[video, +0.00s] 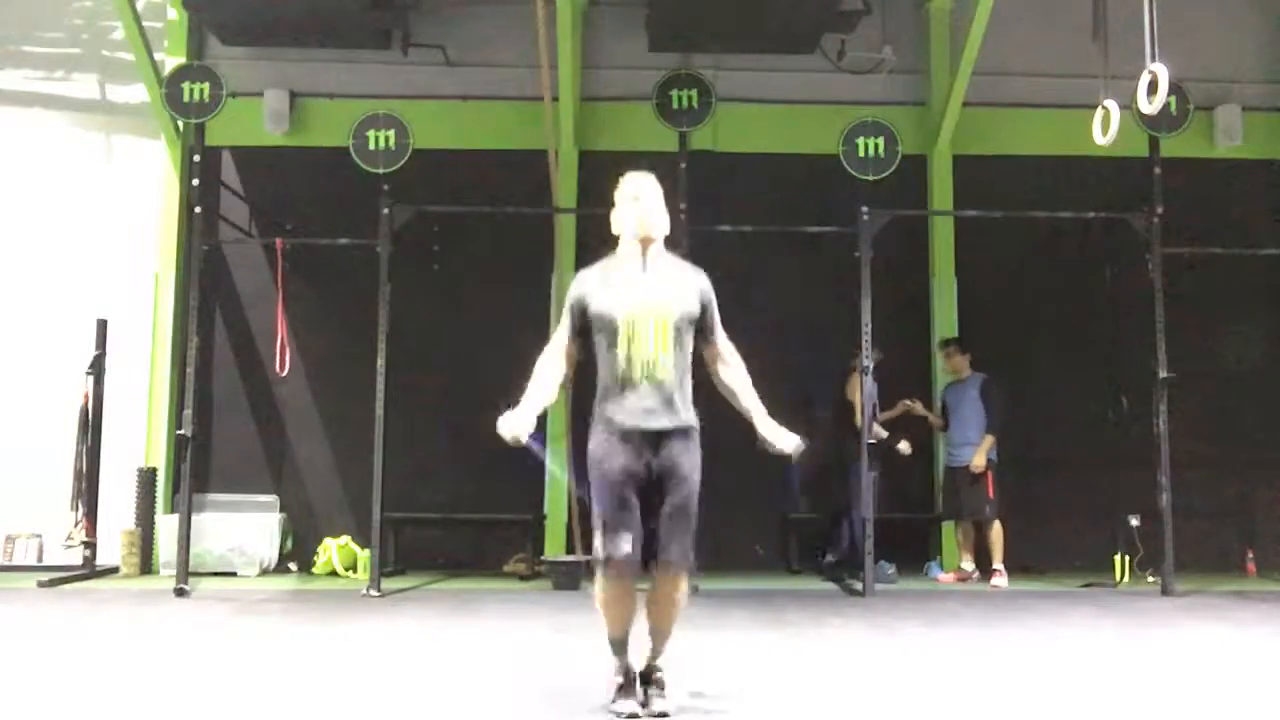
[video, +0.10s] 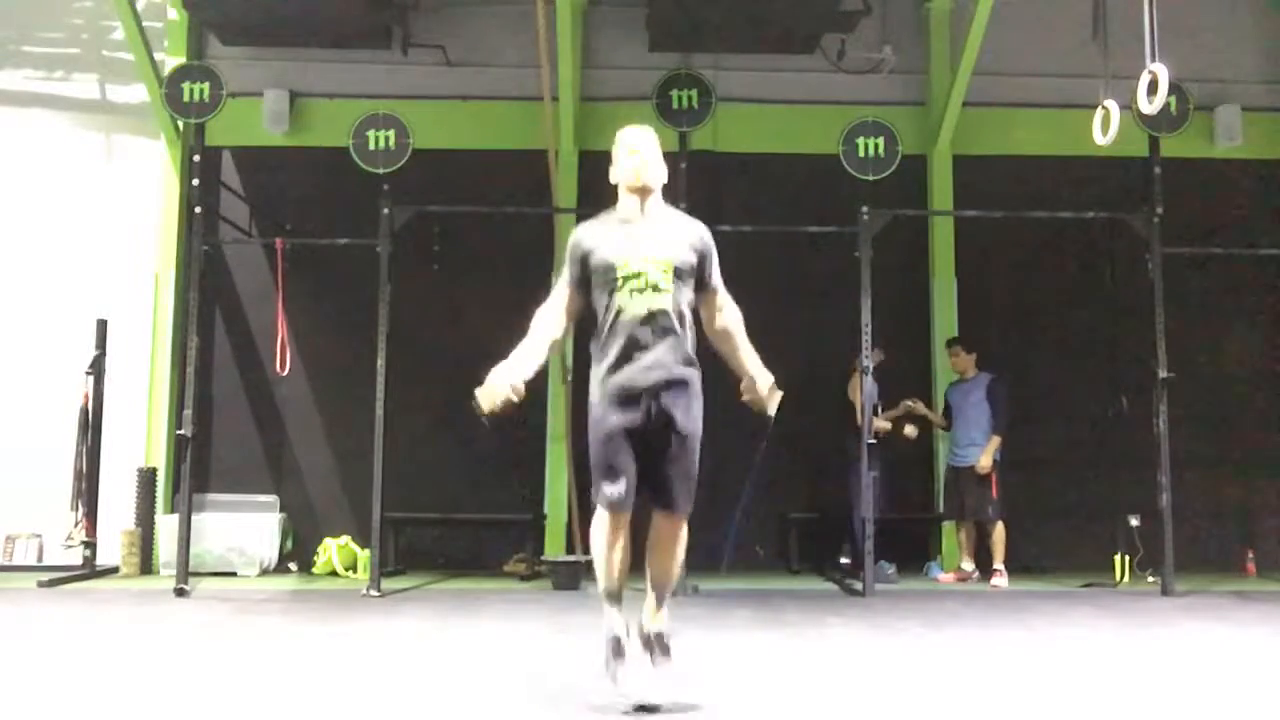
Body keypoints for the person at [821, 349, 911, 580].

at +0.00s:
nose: (871, 362)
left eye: (873, 357)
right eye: (869, 356)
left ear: (867, 358)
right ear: (863, 357)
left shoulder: (869, 380)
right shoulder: (856, 380)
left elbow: (874, 417)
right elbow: (859, 421)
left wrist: (898, 410)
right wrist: (892, 440)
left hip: (866, 450)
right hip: (857, 451)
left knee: (859, 506)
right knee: (861, 507)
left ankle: (835, 556)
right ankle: (869, 561)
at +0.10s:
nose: (878, 357)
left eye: (878, 352)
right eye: (875, 351)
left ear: (872, 357)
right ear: (868, 354)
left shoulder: (868, 380)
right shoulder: (859, 380)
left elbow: (875, 417)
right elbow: (863, 421)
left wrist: (899, 410)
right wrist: (898, 427)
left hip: (871, 447)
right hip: (862, 449)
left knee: (870, 506)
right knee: (865, 507)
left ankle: (864, 559)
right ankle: (868, 562)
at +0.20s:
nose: (879, 360)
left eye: (879, 357)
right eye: (876, 355)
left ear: (871, 359)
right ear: (870, 358)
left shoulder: (869, 380)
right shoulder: (860, 380)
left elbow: (874, 416)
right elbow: (863, 416)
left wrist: (898, 409)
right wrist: (895, 415)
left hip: (871, 445)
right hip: (864, 447)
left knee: (870, 504)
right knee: (866, 504)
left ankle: (863, 558)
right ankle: (868, 560)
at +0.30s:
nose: (882, 357)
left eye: (882, 352)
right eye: (878, 352)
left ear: (872, 357)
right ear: (870, 355)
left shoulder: (870, 381)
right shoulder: (861, 381)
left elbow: (874, 415)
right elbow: (865, 416)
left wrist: (892, 412)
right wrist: (894, 414)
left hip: (872, 446)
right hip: (865, 448)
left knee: (871, 504)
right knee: (867, 505)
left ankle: (865, 557)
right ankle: (867, 560)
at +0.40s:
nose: (883, 358)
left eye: (882, 354)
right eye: (879, 354)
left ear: (871, 356)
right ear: (871, 355)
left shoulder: (870, 381)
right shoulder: (861, 381)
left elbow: (874, 414)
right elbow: (865, 416)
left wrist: (891, 410)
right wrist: (893, 413)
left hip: (874, 445)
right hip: (867, 447)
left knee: (873, 504)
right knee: (868, 505)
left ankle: (865, 557)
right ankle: (867, 560)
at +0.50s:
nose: (883, 359)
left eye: (882, 355)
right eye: (880, 355)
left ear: (873, 357)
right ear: (871, 355)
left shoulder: (870, 380)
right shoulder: (860, 381)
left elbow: (872, 414)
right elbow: (861, 417)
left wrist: (893, 410)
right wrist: (891, 414)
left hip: (876, 444)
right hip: (867, 446)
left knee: (874, 504)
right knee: (868, 504)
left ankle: (866, 558)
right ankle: (867, 560)